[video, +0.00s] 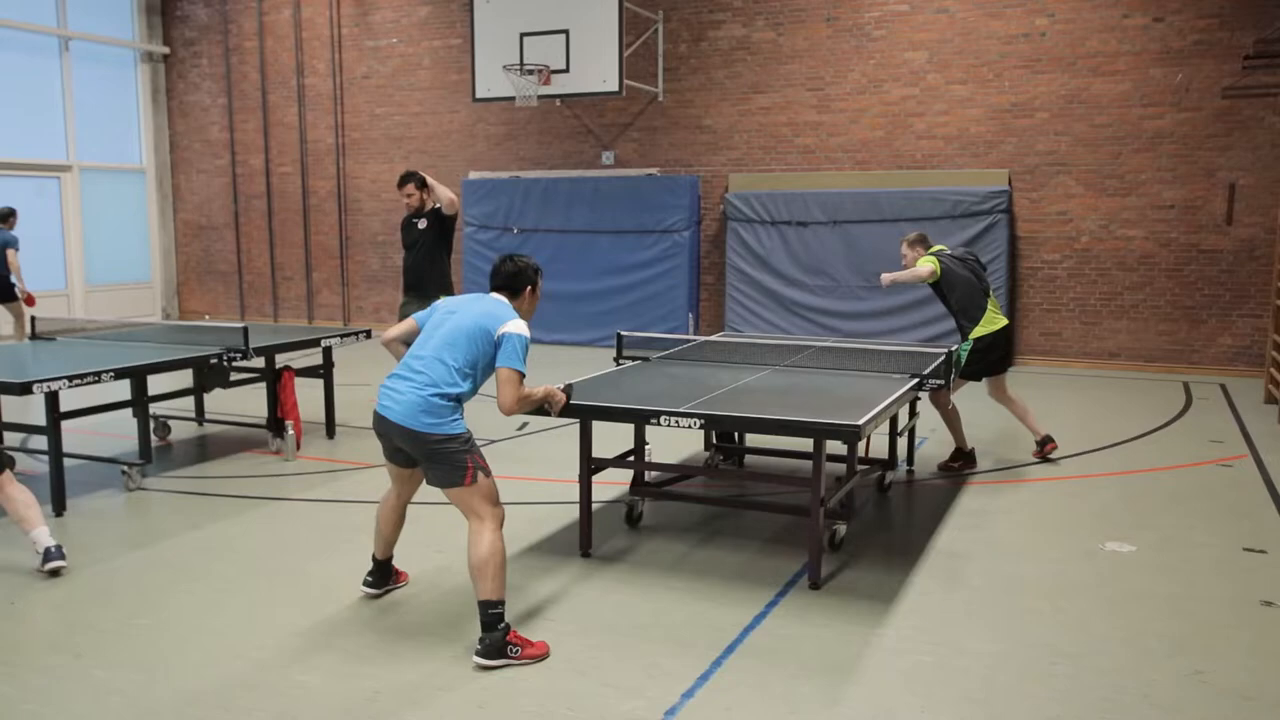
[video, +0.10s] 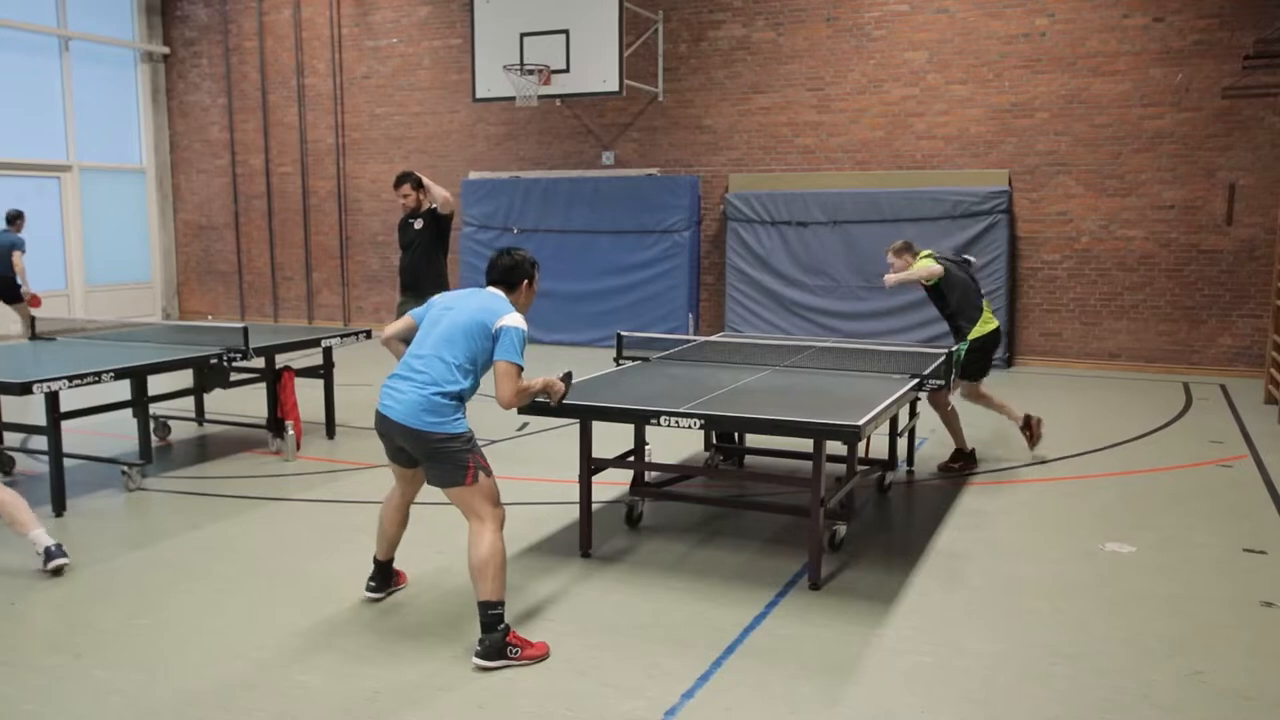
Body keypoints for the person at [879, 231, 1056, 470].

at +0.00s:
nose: (903, 263)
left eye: (905, 256)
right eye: (902, 257)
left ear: (918, 251)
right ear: (926, 248)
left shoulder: (929, 259)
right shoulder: (960, 253)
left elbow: (924, 273)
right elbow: (985, 286)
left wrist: (894, 277)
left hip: (979, 337)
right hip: (1001, 330)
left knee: (939, 395)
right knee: (998, 391)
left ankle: (963, 451)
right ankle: (1042, 438)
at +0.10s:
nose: (892, 269)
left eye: (893, 264)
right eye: (890, 265)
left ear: (906, 258)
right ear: (911, 256)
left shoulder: (923, 260)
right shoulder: (935, 257)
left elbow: (935, 271)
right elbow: (966, 262)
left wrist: (898, 278)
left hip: (975, 337)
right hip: (987, 331)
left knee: (937, 397)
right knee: (970, 391)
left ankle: (963, 452)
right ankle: (1024, 421)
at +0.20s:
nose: (883, 287)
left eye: (884, 281)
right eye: (880, 282)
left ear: (897, 271)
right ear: (895, 272)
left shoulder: (920, 272)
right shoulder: (912, 271)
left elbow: (954, 268)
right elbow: (942, 267)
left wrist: (915, 283)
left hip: (972, 338)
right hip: (959, 336)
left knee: (933, 398)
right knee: (934, 383)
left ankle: (963, 452)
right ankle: (975, 396)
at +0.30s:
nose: (881, 298)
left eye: (885, 292)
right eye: (878, 293)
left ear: (897, 284)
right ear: (874, 290)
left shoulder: (917, 285)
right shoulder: (901, 288)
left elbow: (956, 274)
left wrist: (931, 290)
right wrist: (879, 272)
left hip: (959, 345)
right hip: (935, 343)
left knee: (928, 400)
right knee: (897, 370)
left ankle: (957, 451)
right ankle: (911, 410)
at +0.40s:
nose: (877, 295)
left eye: (881, 289)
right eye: (873, 291)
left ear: (892, 282)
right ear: (868, 289)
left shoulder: (913, 287)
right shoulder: (887, 297)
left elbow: (957, 285)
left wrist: (937, 297)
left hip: (940, 350)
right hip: (915, 350)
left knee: (927, 402)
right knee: (879, 383)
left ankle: (954, 450)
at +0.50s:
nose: (872, 281)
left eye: (876, 274)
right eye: (867, 276)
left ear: (887, 270)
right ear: (863, 276)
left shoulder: (910, 280)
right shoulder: (874, 289)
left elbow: (953, 283)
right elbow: (877, 304)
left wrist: (937, 297)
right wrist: (876, 321)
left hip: (926, 348)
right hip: (896, 348)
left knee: (930, 395)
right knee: (872, 385)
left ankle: (953, 449)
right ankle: (871, 431)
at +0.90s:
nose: (859, 249)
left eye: (863, 243)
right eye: (854, 245)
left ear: (875, 240)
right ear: (851, 246)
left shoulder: (897, 257)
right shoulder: (857, 267)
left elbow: (930, 280)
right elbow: (858, 297)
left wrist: (908, 299)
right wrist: (846, 312)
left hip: (914, 333)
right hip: (878, 333)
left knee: (940, 380)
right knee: (863, 380)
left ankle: (957, 428)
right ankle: (861, 437)